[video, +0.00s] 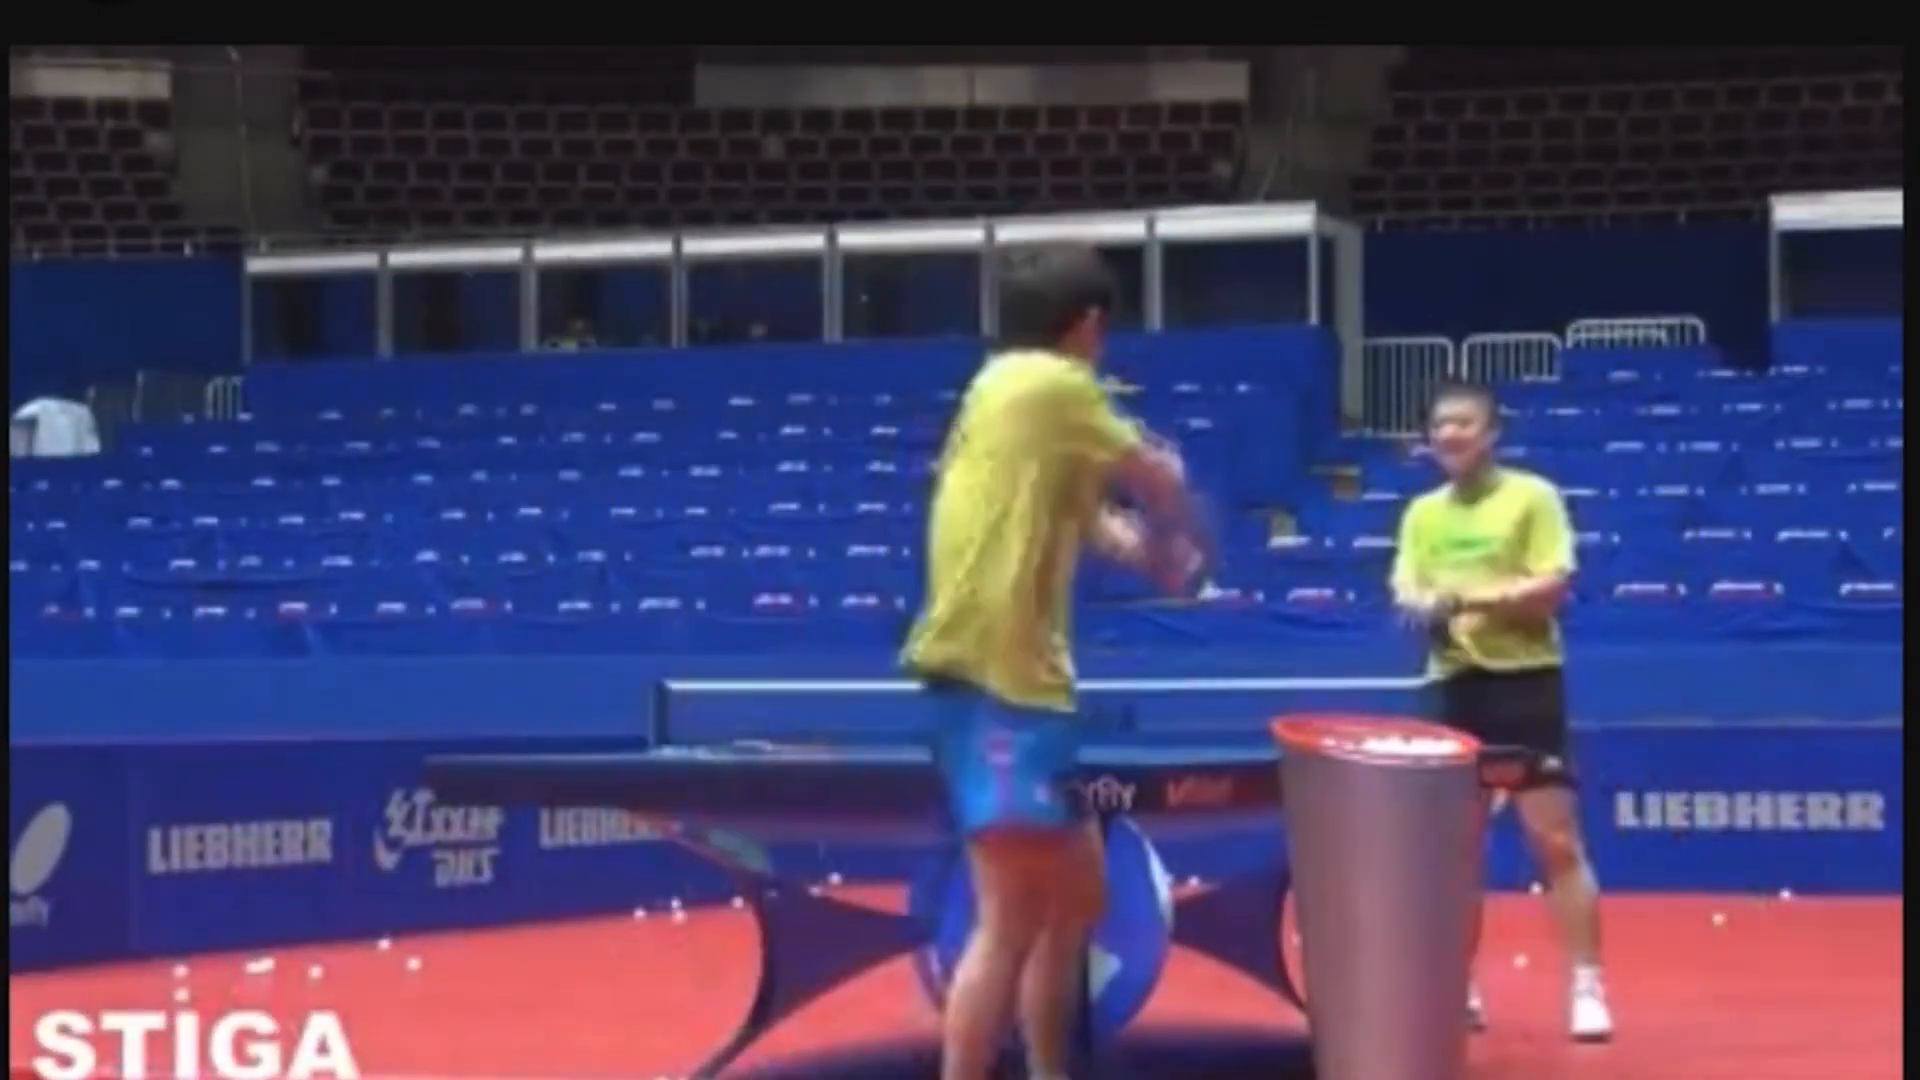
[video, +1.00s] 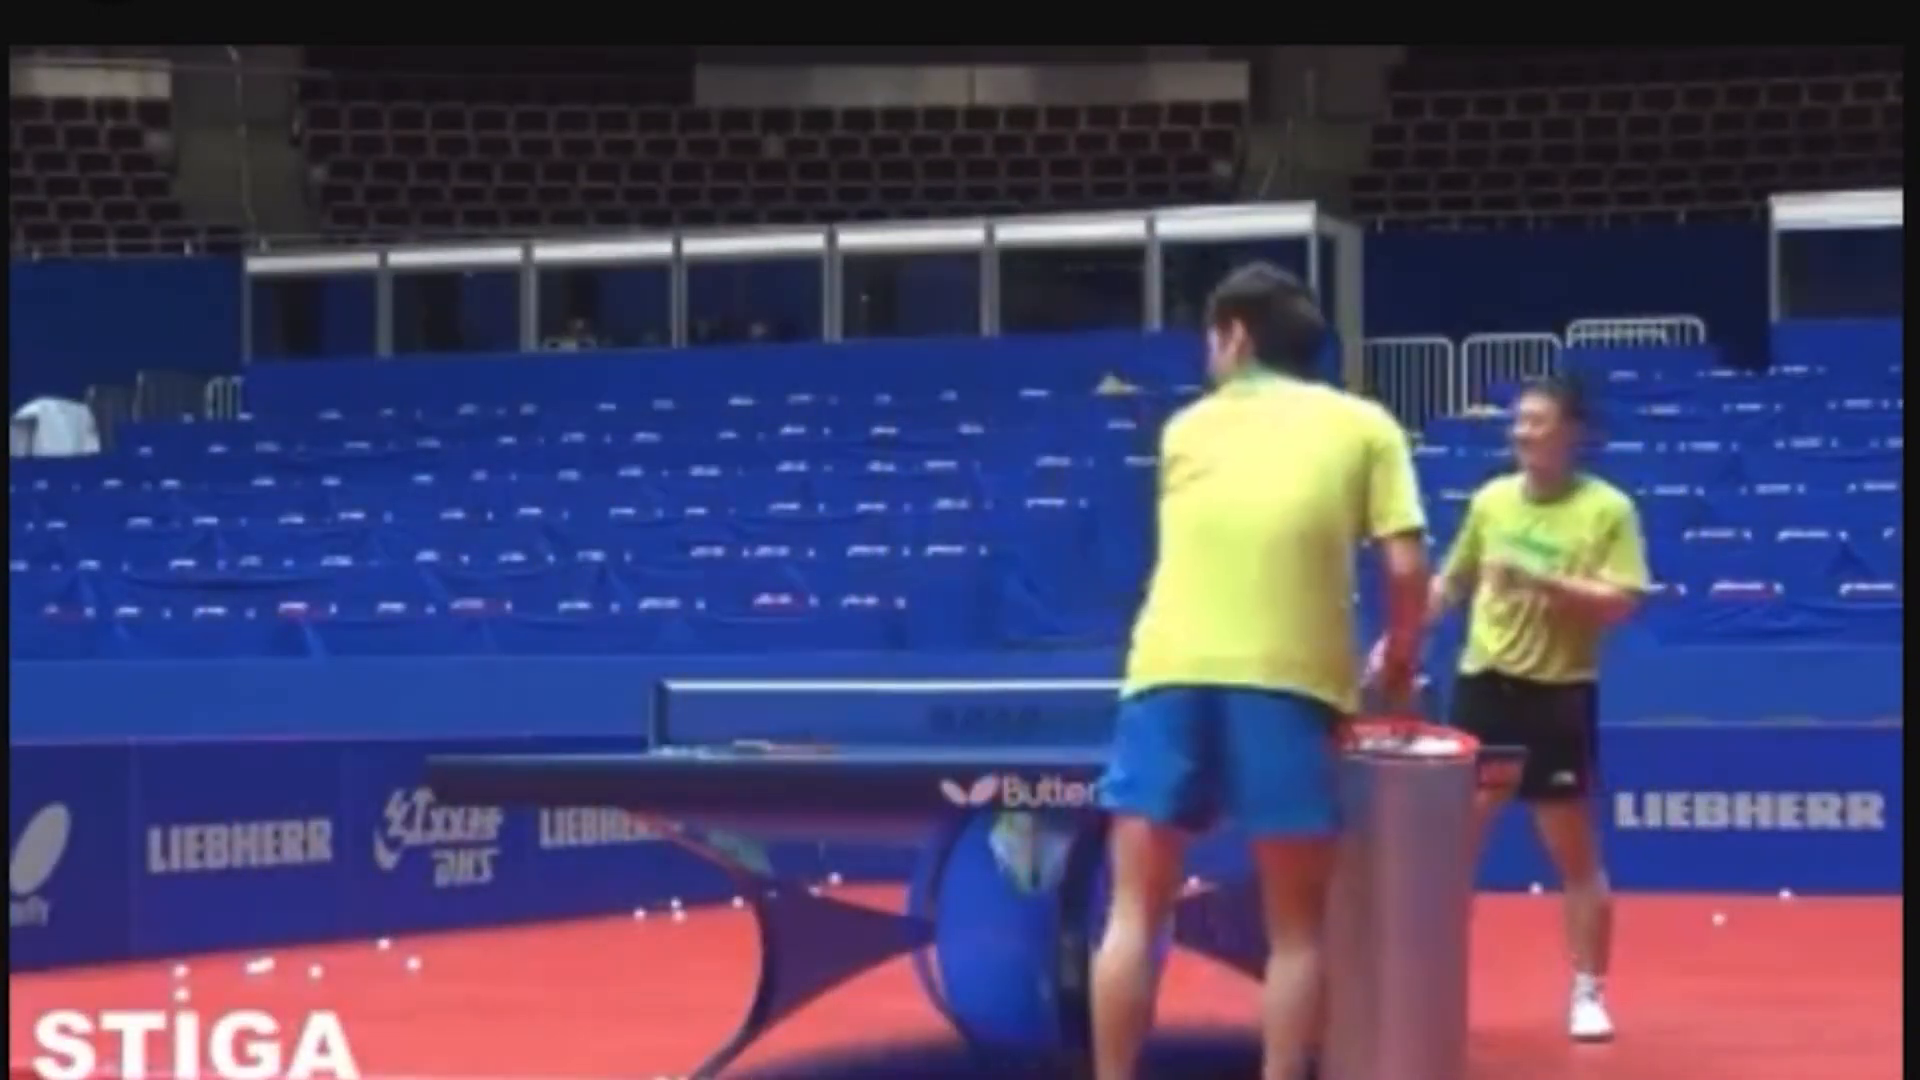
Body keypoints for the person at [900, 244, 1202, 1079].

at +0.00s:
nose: (1103, 343)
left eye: (1104, 329)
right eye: (1104, 328)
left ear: (1020, 319)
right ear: (1086, 324)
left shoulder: (1010, 389)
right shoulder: (1052, 386)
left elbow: (1083, 510)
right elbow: (1161, 478)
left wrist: (1157, 557)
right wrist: (1181, 540)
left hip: (1019, 687)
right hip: (991, 687)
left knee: (1074, 897)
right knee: (1010, 913)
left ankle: (1048, 1069)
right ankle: (962, 1070)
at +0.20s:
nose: (1132, 331)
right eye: (1131, 320)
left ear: (1043, 324)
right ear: (1123, 323)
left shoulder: (1015, 405)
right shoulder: (1107, 378)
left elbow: (1149, 516)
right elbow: (1165, 445)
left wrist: (1183, 420)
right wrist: (1186, 400)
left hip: (995, 686)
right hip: (1056, 684)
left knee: (1064, 913)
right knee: (1122, 909)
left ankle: (1046, 1067)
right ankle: (1009, 1066)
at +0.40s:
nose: (1068, 324)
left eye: (1072, 314)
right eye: (1155, 317)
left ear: (1074, 326)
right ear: (1159, 321)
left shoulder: (1047, 409)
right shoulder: (1180, 380)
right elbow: (1182, 500)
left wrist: (1200, 402)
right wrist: (1218, 394)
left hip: (1021, 694)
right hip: (1117, 688)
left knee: (1072, 909)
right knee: (1215, 888)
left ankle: (1048, 1070)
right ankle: (1165, 1062)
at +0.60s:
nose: (1112, 333)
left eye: (1114, 323)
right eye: (1115, 324)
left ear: (1127, 326)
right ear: (1209, 328)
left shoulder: (1088, 415)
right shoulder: (1246, 403)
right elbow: (1291, 510)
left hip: (1073, 701)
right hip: (1182, 697)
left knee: (1086, 919)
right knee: (1243, 915)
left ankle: (1052, 1072)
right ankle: (1268, 1070)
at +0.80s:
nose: (1168, 345)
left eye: (1175, 330)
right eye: (1170, 331)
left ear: (1200, 332)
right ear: (1266, 338)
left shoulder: (1144, 422)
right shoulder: (1325, 420)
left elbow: (1148, 545)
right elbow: (1385, 553)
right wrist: (1363, 616)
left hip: (1135, 681)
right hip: (1257, 686)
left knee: (1106, 907)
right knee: (1279, 921)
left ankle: (1083, 1070)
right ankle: (1278, 1072)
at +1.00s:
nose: (1208, 356)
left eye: (1212, 340)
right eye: (1209, 341)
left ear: (1235, 338)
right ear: (1305, 345)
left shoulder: (1188, 426)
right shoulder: (1365, 424)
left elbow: (1192, 557)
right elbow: (1406, 568)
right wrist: (1397, 665)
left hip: (1165, 674)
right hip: (1285, 681)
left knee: (1134, 909)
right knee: (1293, 927)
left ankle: (1112, 1072)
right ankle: (1283, 1073)